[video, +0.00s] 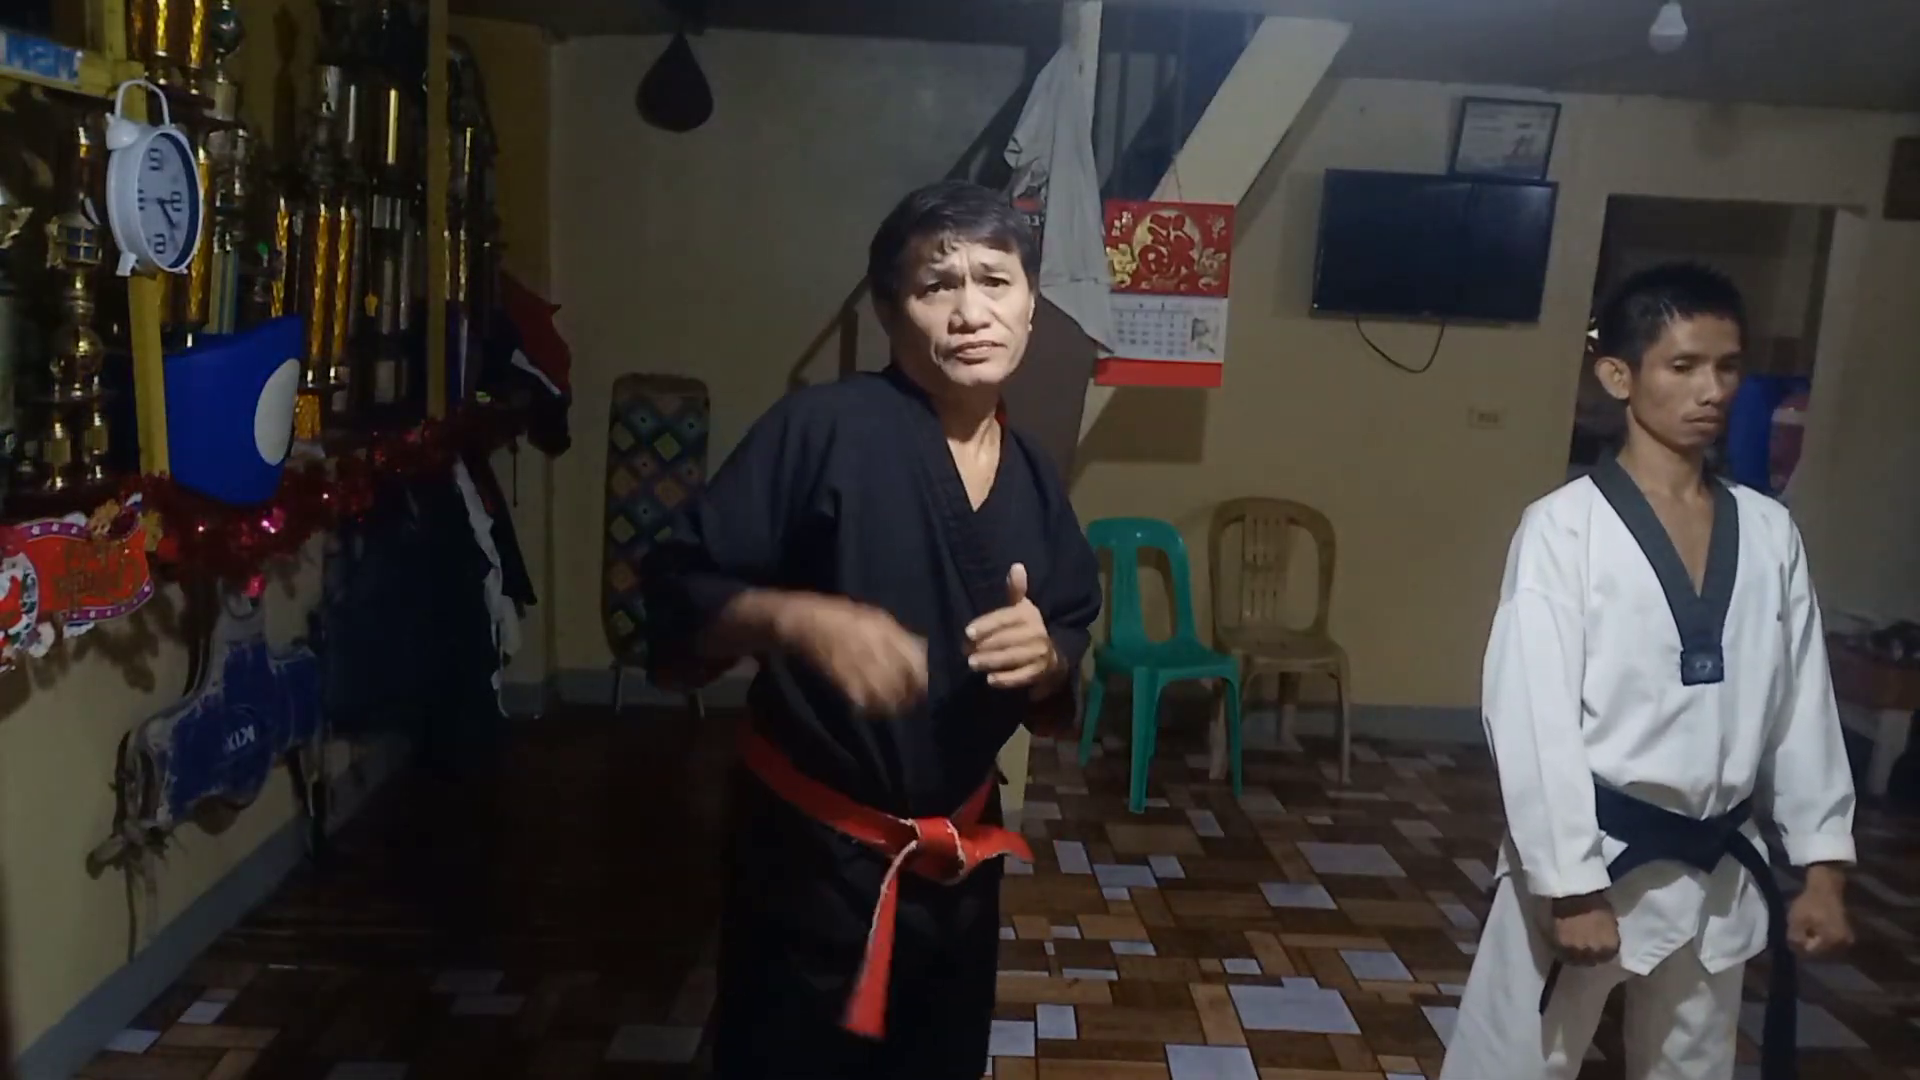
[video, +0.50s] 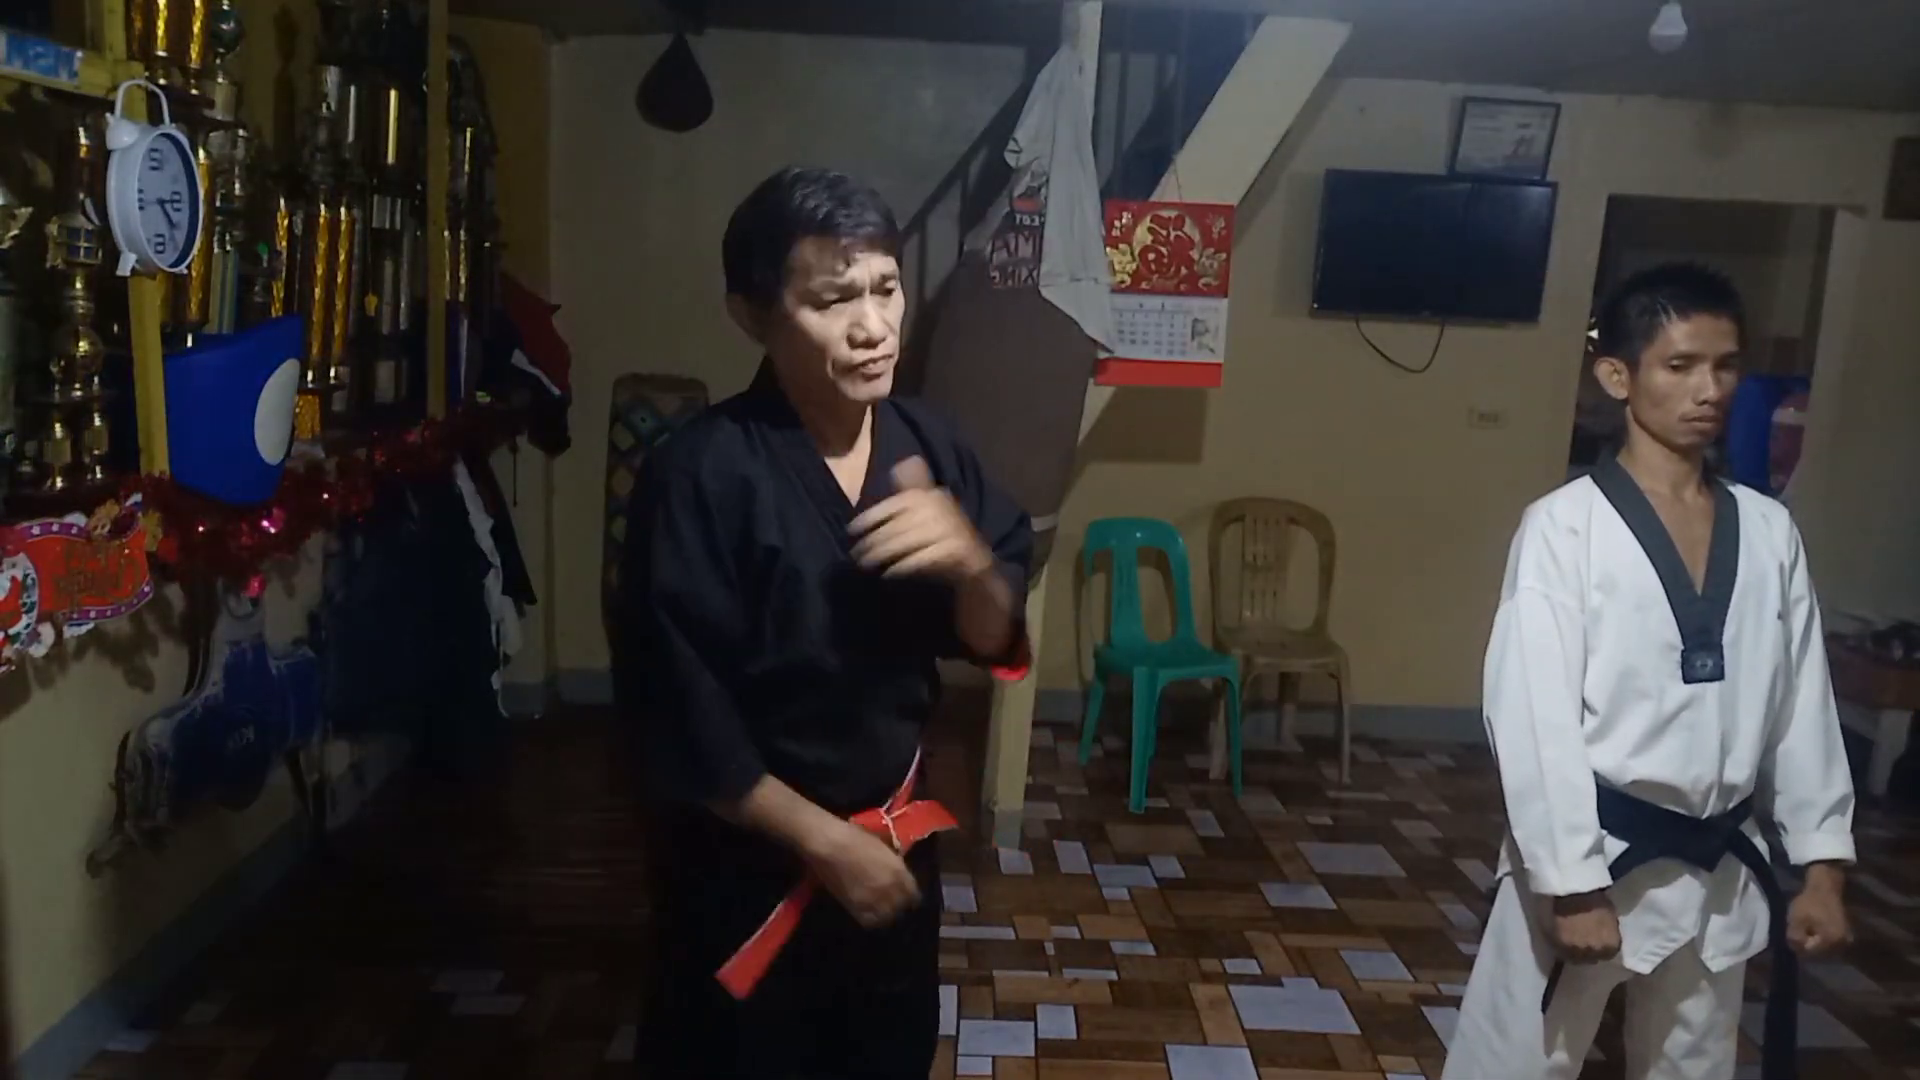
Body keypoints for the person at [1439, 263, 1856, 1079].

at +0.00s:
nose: (1712, 391)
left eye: (1726, 367)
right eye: (1684, 366)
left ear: (1741, 373)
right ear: (1616, 376)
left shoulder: (1769, 530)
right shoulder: (1562, 529)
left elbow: (1803, 703)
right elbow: (1532, 714)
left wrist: (1824, 865)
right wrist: (1574, 886)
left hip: (1718, 873)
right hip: (1583, 870)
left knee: (1692, 1069)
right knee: (1523, 1065)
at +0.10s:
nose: (1712, 390)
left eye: (1726, 366)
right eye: (1684, 366)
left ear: (1741, 372)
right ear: (1617, 376)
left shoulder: (1769, 530)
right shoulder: (1562, 528)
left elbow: (1803, 703)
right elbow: (1531, 713)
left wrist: (1823, 865)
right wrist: (1574, 884)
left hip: (1718, 872)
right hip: (1582, 869)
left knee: (1691, 1069)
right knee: (1523, 1065)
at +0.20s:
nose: (1712, 390)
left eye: (1726, 366)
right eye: (1683, 366)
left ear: (1740, 372)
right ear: (1616, 376)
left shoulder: (1769, 529)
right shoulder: (1561, 528)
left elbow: (1803, 703)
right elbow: (1531, 713)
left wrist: (1823, 865)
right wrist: (1574, 884)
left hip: (1718, 872)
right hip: (1582, 868)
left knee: (1691, 1069)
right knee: (1521, 1065)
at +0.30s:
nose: (1712, 390)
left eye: (1725, 365)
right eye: (1683, 365)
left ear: (1740, 371)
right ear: (1616, 376)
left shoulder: (1768, 528)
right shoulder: (1562, 527)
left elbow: (1803, 702)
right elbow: (1531, 713)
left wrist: (1822, 865)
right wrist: (1574, 884)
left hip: (1718, 870)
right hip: (1581, 866)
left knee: (1692, 1070)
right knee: (1520, 1065)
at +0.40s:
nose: (1711, 389)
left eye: (1725, 365)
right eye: (1683, 365)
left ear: (1739, 371)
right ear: (1616, 376)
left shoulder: (1769, 529)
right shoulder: (1562, 527)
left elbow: (1802, 703)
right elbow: (1532, 712)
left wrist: (1823, 864)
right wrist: (1575, 883)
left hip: (1717, 871)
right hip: (1581, 867)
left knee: (1691, 1070)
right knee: (1520, 1065)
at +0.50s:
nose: (1710, 390)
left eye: (1724, 365)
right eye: (1681, 365)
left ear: (1739, 371)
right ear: (1616, 377)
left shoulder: (1769, 529)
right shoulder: (1562, 527)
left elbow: (1802, 702)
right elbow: (1533, 712)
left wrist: (1823, 864)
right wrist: (1576, 884)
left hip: (1719, 874)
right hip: (1583, 870)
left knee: (1693, 1069)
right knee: (1523, 1065)